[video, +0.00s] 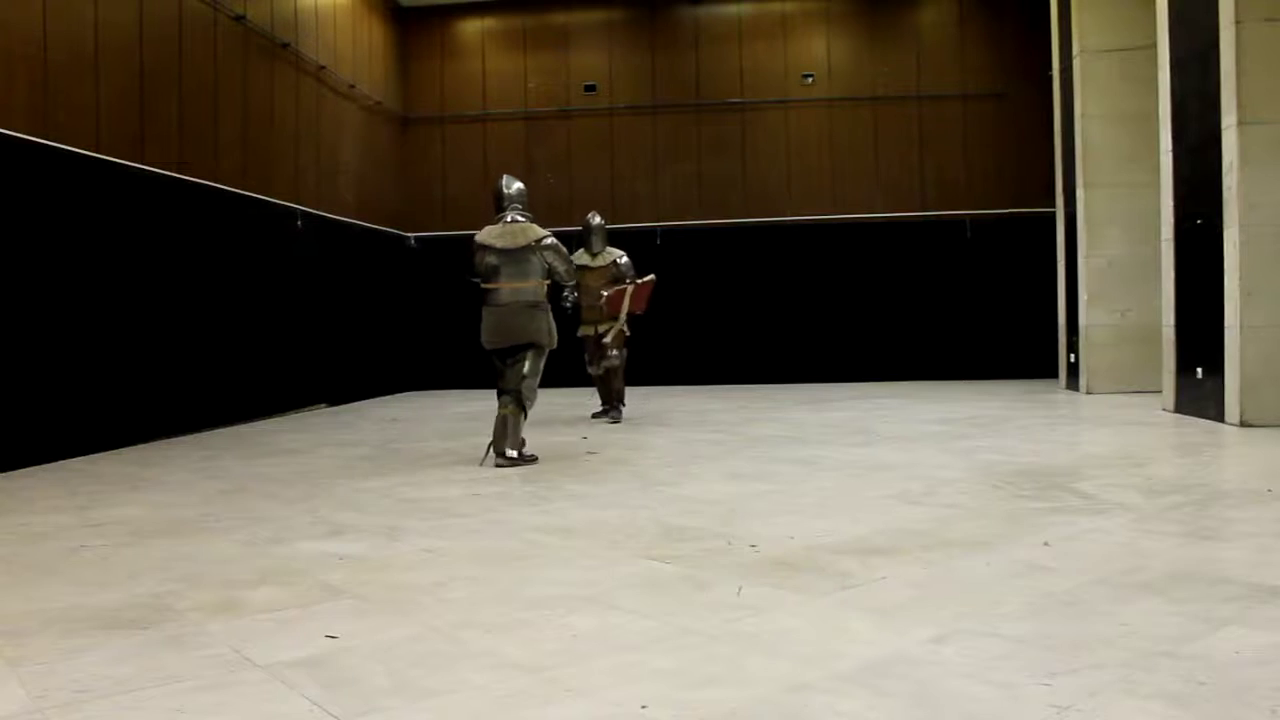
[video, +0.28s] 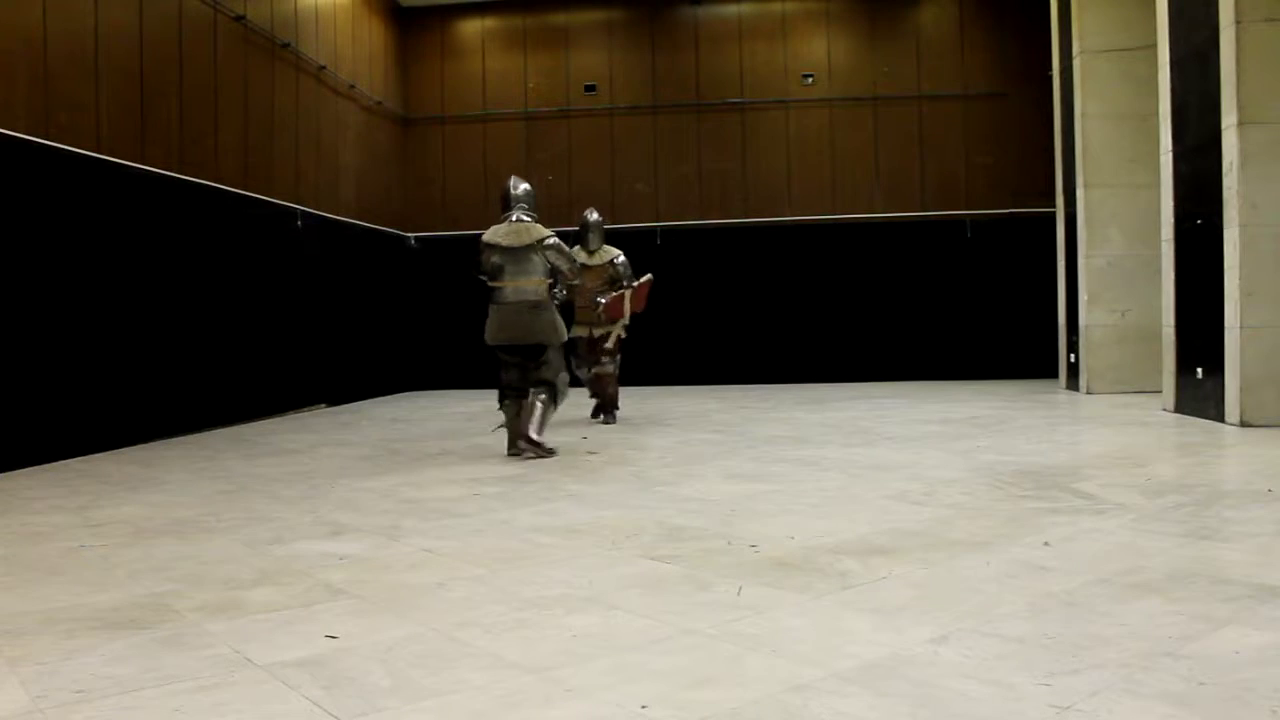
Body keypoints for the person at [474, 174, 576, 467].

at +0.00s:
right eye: (523, 200)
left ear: (498, 204)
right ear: (526, 202)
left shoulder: (484, 239)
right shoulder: (540, 238)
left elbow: (480, 274)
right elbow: (567, 274)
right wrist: (565, 294)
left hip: (495, 319)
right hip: (533, 317)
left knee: (508, 382)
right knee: (522, 384)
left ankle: (507, 444)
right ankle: (507, 447)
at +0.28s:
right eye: (530, 201)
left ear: (505, 204)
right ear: (532, 203)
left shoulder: (490, 238)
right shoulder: (542, 237)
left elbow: (488, 272)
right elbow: (571, 270)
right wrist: (559, 292)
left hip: (502, 316)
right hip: (538, 315)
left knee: (512, 375)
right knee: (550, 375)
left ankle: (515, 440)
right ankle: (534, 432)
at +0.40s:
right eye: (538, 204)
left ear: (512, 206)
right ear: (539, 205)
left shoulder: (496, 238)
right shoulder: (546, 238)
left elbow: (496, 269)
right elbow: (576, 266)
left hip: (505, 318)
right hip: (541, 318)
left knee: (517, 372)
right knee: (559, 376)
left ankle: (515, 434)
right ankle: (554, 438)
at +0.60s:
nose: (544, 220)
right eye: (544, 216)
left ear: (520, 217)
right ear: (546, 218)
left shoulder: (504, 246)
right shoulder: (548, 250)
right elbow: (573, 279)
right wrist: (595, 269)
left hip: (502, 326)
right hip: (537, 327)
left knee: (514, 377)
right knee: (561, 378)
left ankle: (517, 431)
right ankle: (554, 433)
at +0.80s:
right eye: (549, 233)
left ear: (524, 231)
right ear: (549, 234)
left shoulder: (504, 257)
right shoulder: (554, 268)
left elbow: (499, 282)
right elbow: (567, 306)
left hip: (499, 338)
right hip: (535, 341)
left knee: (522, 376)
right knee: (558, 377)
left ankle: (521, 430)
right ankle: (553, 430)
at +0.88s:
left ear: (523, 228)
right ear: (549, 229)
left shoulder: (505, 255)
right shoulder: (558, 266)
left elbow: (498, 286)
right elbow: (568, 301)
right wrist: (550, 312)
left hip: (504, 333)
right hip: (541, 335)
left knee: (519, 375)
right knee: (557, 373)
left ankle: (521, 429)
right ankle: (552, 429)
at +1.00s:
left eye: (525, 219)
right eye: (544, 219)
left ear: (521, 223)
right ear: (548, 223)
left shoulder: (507, 248)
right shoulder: (561, 255)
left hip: (512, 322)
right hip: (546, 323)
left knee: (519, 375)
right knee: (559, 370)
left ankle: (521, 430)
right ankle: (551, 431)